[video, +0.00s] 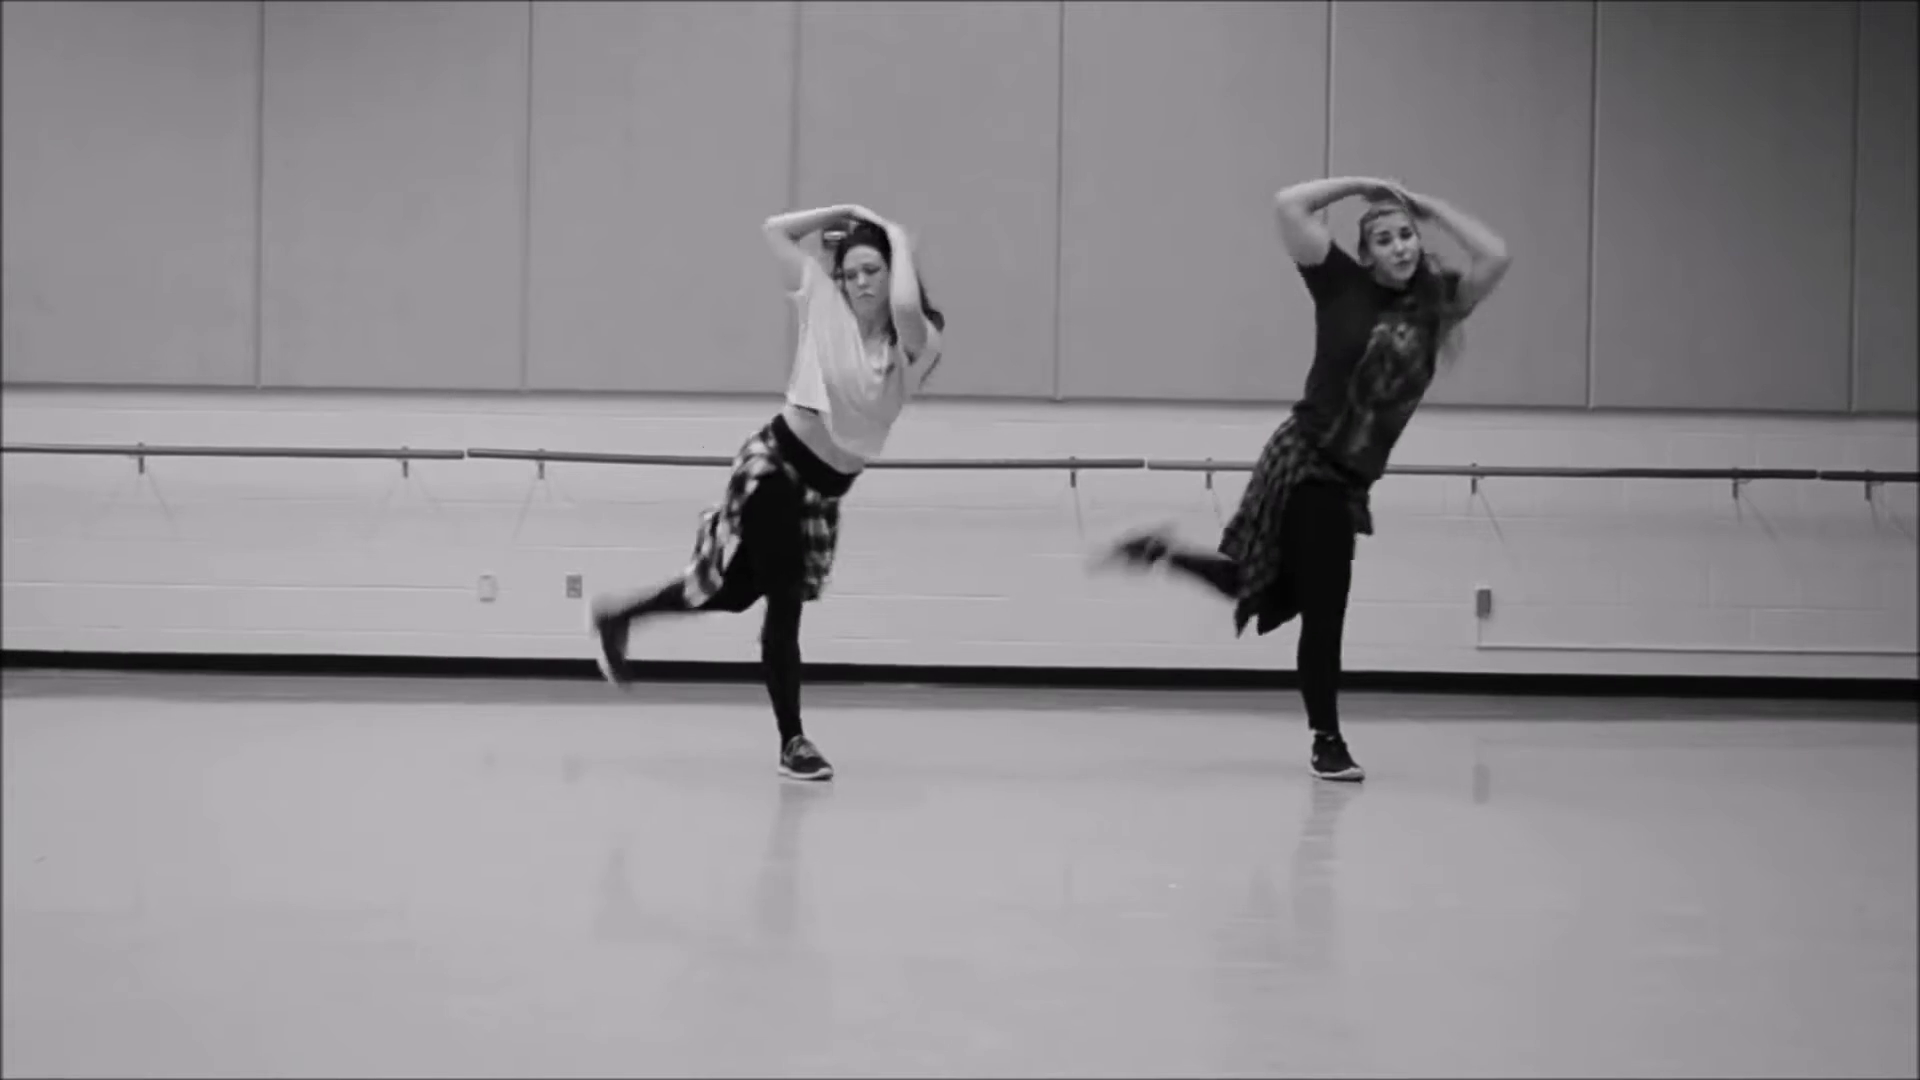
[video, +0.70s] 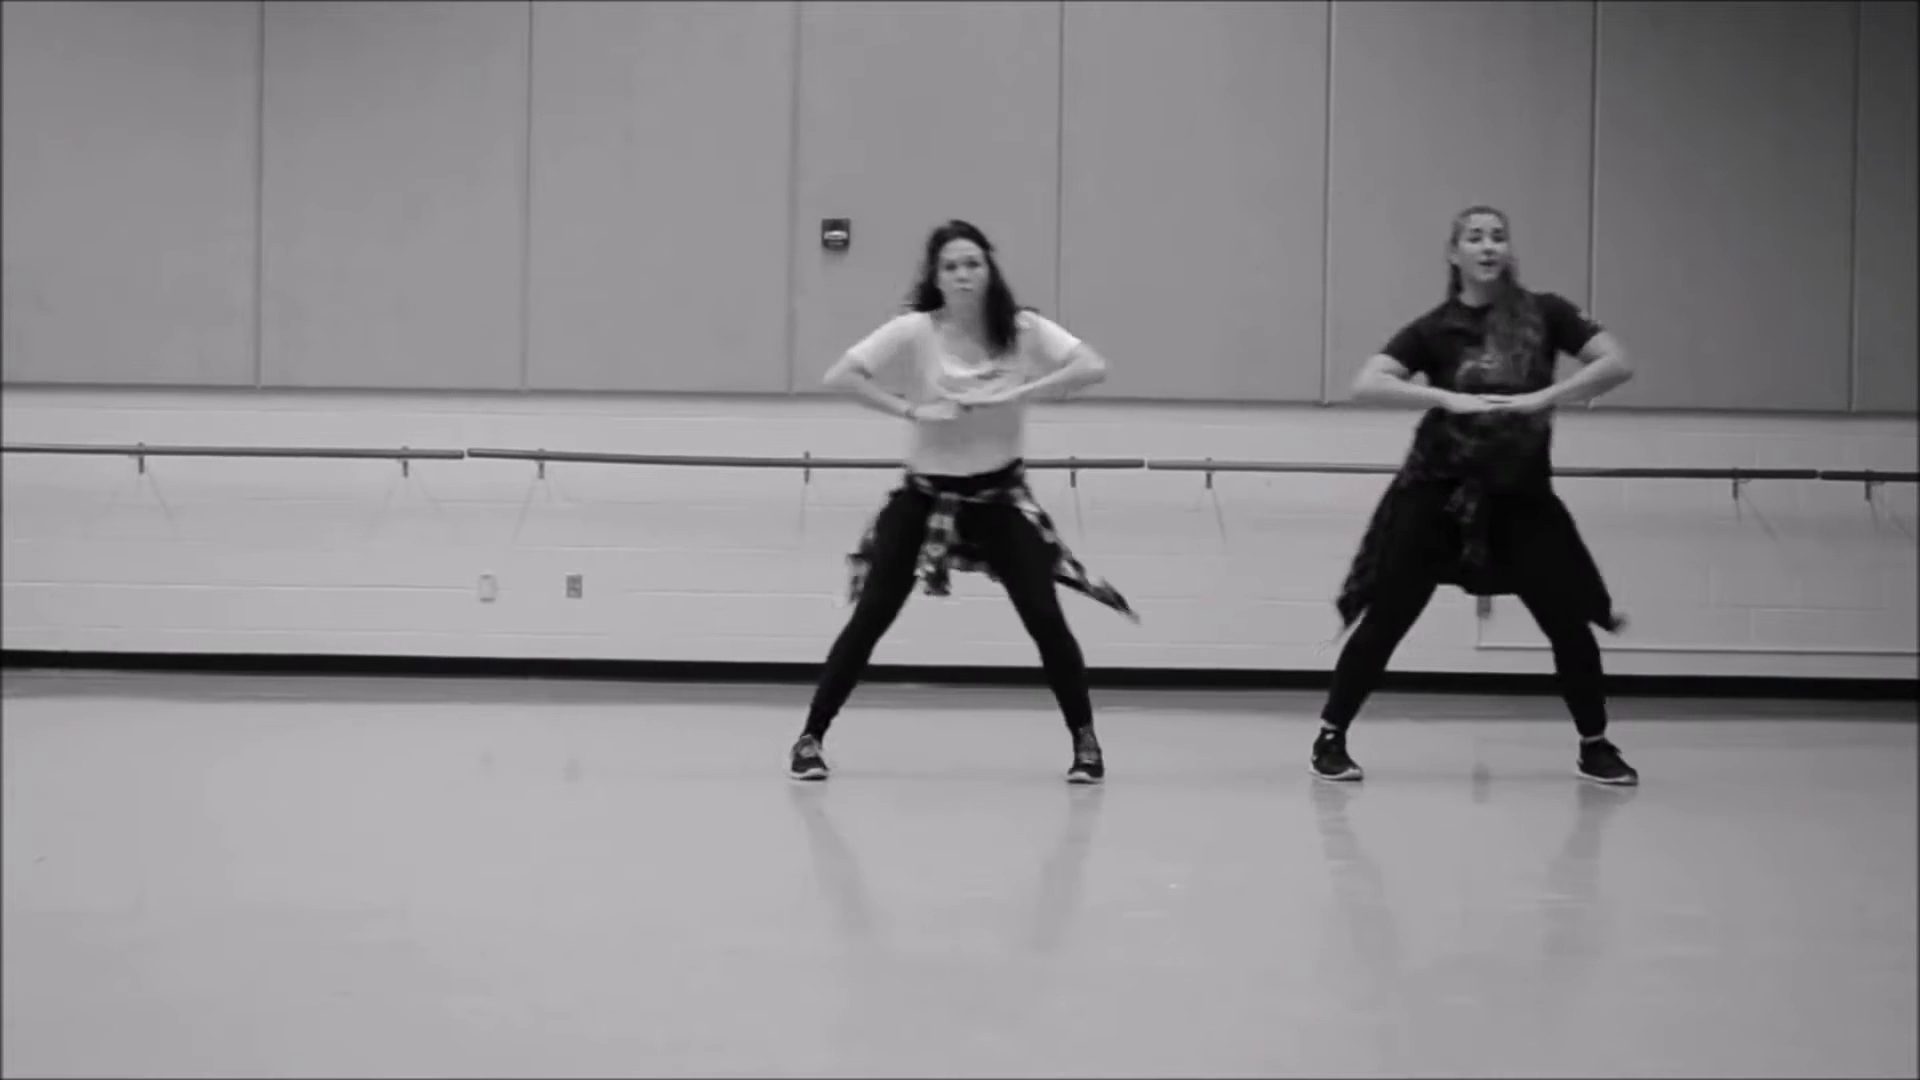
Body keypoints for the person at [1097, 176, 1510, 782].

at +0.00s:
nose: (1399, 248)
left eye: (1407, 235)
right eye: (1384, 240)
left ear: (1421, 243)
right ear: (1365, 252)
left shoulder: (1438, 302)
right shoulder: (1342, 286)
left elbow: (1494, 258)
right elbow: (1288, 205)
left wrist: (1430, 207)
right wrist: (1362, 184)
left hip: (1350, 479)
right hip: (1307, 464)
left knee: (1269, 591)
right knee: (1326, 608)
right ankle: (1327, 741)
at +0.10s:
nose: (1406, 243)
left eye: (1413, 231)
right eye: (1391, 235)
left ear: (1427, 240)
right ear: (1373, 248)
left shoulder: (1441, 300)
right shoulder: (1346, 293)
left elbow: (1486, 227)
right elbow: (1273, 232)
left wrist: (1419, 186)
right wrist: (1337, 194)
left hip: (1370, 479)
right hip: (1320, 466)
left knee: (1315, 588)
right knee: (1328, 614)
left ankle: (1227, 519)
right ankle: (1326, 739)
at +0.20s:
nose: (1412, 240)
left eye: (1420, 230)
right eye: (1398, 232)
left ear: (1434, 239)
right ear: (1379, 245)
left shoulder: (1448, 297)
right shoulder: (1351, 297)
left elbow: (1474, 214)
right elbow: (1279, 261)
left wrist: (1406, 175)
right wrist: (1332, 209)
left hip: (1389, 477)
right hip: (1333, 467)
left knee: (1385, 605)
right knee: (1333, 600)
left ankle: (1287, 556)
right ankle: (1326, 737)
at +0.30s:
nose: (1414, 241)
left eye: (1423, 229)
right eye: (1401, 231)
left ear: (1438, 239)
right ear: (1382, 243)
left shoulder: (1450, 293)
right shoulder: (1365, 297)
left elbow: (1473, 227)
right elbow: (1330, 301)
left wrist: (1411, 183)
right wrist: (1359, 222)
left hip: (1411, 475)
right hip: (1348, 471)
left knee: (1445, 595)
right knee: (1338, 608)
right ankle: (1326, 737)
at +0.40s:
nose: (1425, 237)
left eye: (1436, 228)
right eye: (1413, 228)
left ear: (1452, 243)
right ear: (1392, 240)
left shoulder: (1460, 307)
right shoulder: (1369, 299)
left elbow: (1490, 326)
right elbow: (1378, 365)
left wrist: (1467, 280)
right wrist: (1409, 291)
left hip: (1432, 483)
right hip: (1361, 482)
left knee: (1487, 592)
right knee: (1349, 610)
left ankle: (1517, 719)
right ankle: (1329, 737)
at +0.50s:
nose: (1443, 235)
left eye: (1452, 225)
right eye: (1429, 226)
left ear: (1465, 238)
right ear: (1406, 241)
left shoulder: (1496, 313)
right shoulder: (1385, 315)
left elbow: (1534, 395)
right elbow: (1338, 397)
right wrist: (1417, 379)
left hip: (1465, 487)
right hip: (1386, 487)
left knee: (1518, 611)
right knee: (1365, 615)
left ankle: (1589, 729)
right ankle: (1329, 738)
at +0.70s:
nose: (1488, 246)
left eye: (1498, 237)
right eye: (1475, 238)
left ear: (1512, 250)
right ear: (1455, 253)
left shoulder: (1545, 314)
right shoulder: (1436, 327)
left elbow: (1617, 363)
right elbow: (1365, 383)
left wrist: (1546, 397)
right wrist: (1445, 398)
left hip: (1520, 498)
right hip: (1436, 497)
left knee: (1570, 623)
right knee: (1387, 619)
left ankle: (1595, 747)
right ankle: (1330, 737)